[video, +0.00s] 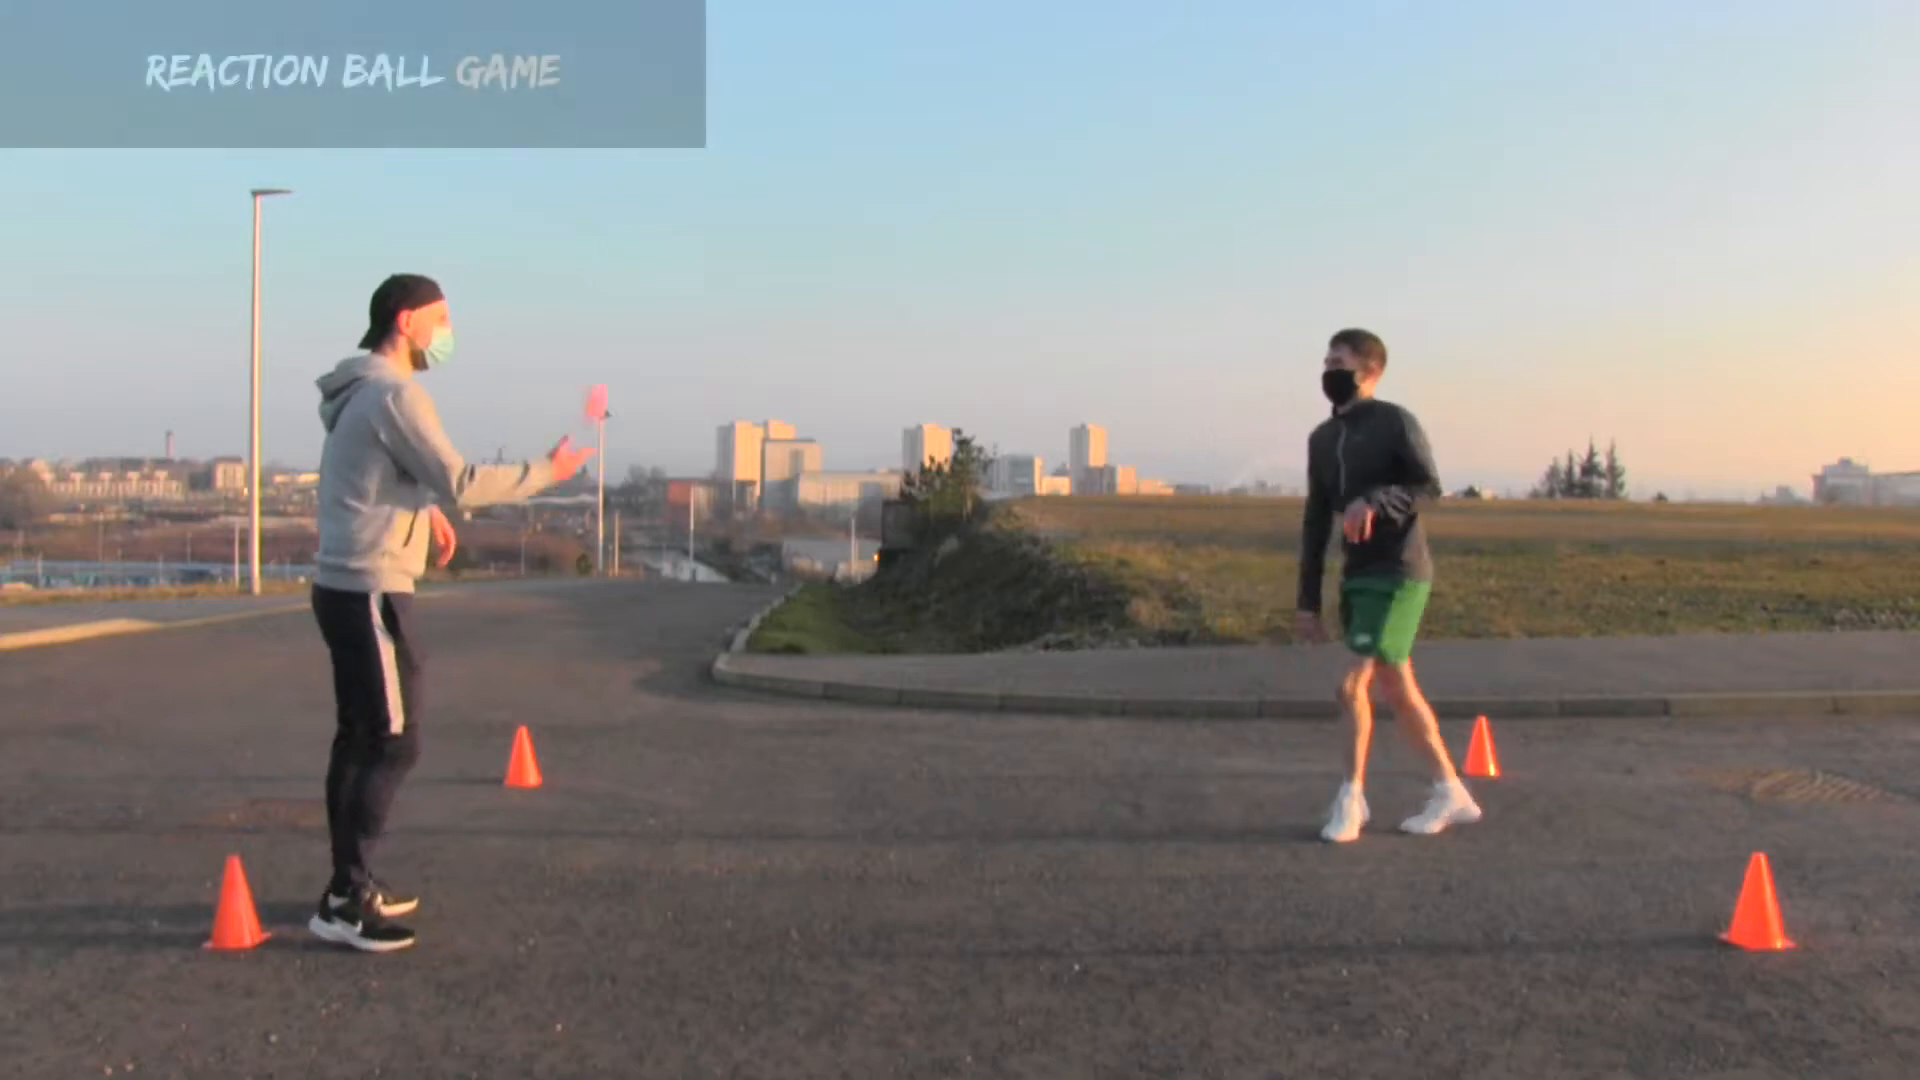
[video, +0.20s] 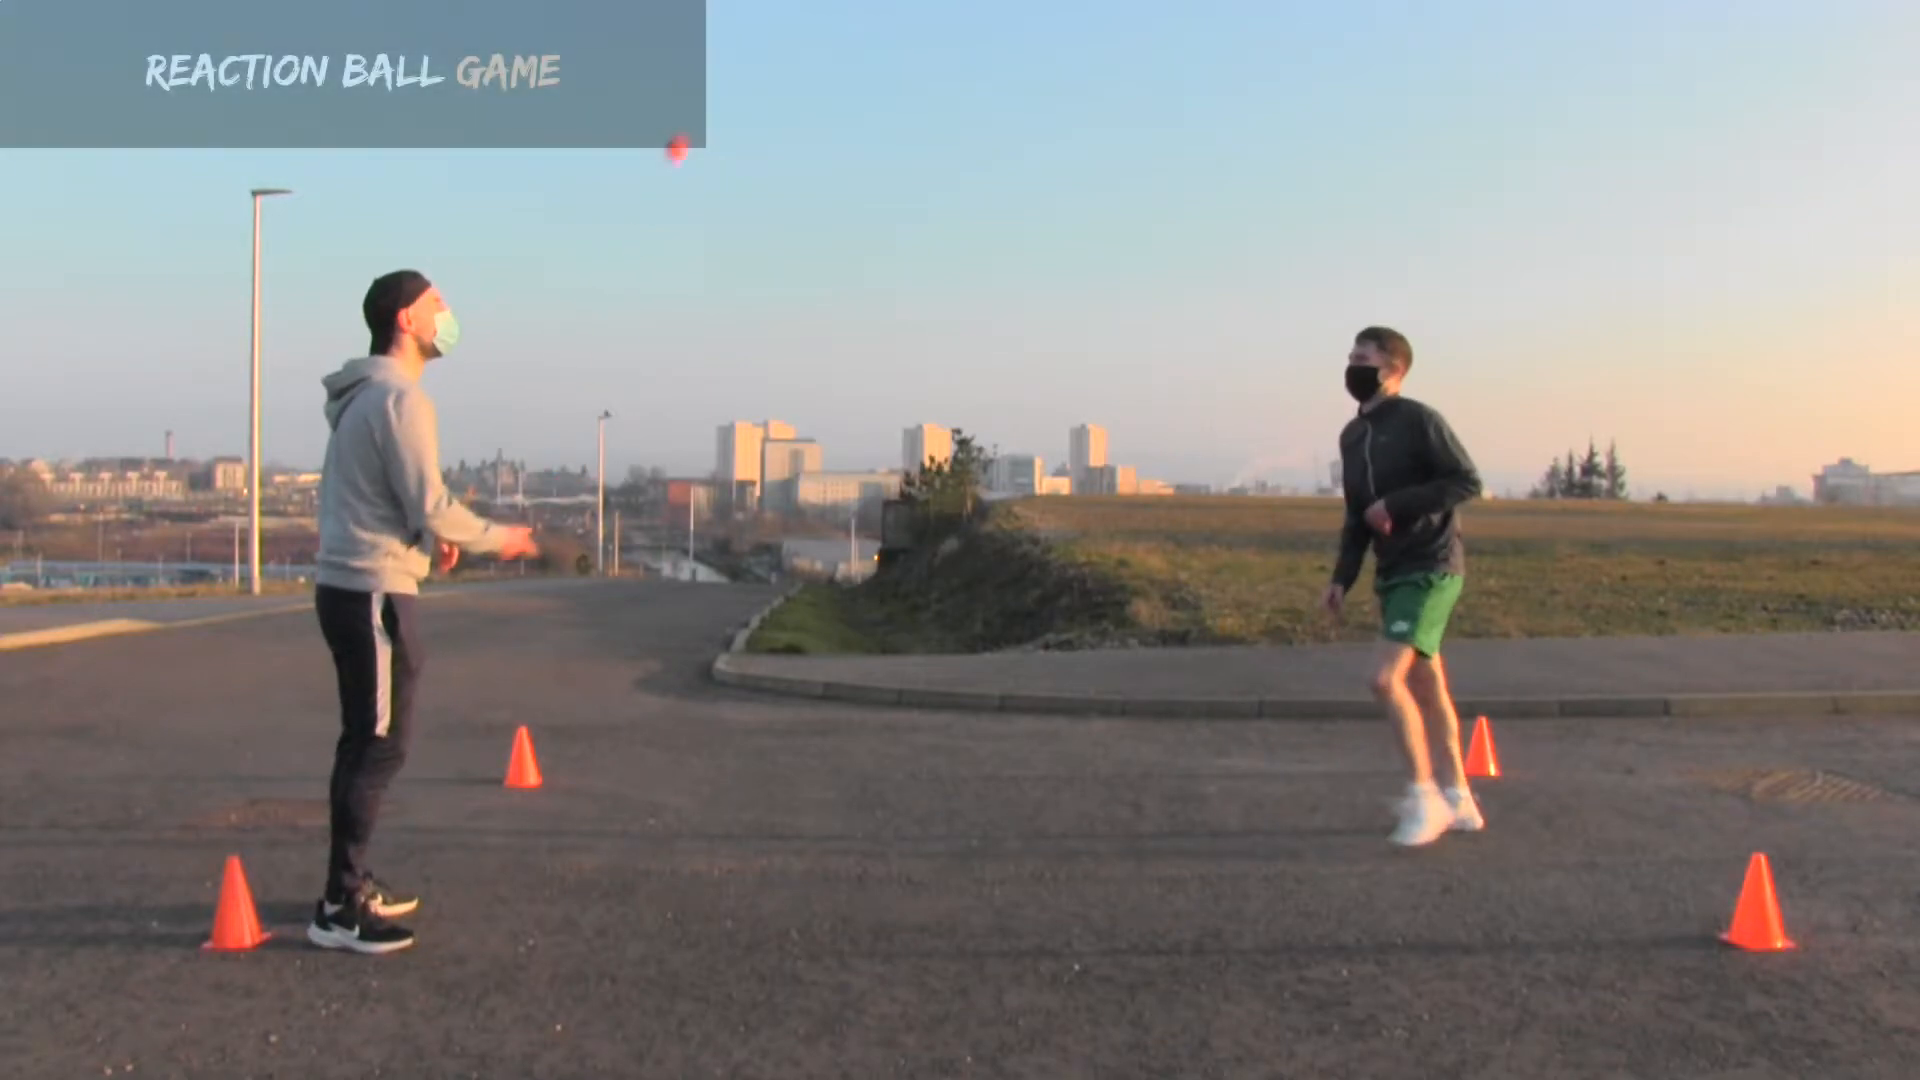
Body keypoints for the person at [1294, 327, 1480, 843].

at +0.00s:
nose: (1329, 371)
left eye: (1340, 364)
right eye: (1328, 363)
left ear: (1370, 371)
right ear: (1328, 368)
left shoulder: (1396, 422)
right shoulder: (1323, 439)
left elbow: (1427, 487)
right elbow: (1317, 520)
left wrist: (1375, 504)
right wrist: (1308, 600)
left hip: (1402, 571)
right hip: (1358, 574)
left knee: (1353, 686)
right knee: (1399, 688)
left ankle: (1351, 798)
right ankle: (1452, 790)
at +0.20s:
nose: (1352, 370)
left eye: (1364, 363)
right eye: (1350, 362)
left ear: (1395, 370)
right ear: (1351, 368)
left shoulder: (1420, 420)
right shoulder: (1353, 437)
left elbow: (1469, 483)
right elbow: (1356, 516)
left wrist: (1398, 505)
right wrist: (1341, 580)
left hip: (1434, 568)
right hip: (1394, 572)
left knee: (1389, 679)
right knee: (1429, 685)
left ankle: (1426, 798)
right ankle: (1459, 796)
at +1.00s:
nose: (1229, 393)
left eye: (1235, 380)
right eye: (1226, 383)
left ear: (1266, 372)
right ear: (1264, 376)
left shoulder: (1298, 420)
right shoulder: (1281, 427)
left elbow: (1338, 487)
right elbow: (1309, 502)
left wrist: (1270, 538)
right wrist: (1266, 548)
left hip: (1339, 590)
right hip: (1311, 587)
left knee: (1280, 713)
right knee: (1266, 704)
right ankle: (1311, 823)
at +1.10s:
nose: (1205, 404)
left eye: (1209, 392)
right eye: (1202, 394)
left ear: (1238, 380)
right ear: (1242, 380)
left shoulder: (1277, 424)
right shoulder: (1266, 427)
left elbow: (1309, 497)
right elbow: (1291, 508)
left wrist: (1248, 556)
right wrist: (1256, 566)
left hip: (1316, 595)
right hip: (1295, 591)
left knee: (1259, 719)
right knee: (1236, 693)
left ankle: (1296, 861)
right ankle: (1276, 821)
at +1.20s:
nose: (1177, 443)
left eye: (1179, 430)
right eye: (1173, 432)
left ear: (1205, 420)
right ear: (1220, 417)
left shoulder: (1240, 473)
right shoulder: (1254, 466)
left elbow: (1250, 572)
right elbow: (1257, 570)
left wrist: (1203, 632)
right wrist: (1213, 630)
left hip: (1282, 630)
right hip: (1294, 625)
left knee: (1207, 749)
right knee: (1210, 720)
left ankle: (1258, 890)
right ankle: (1233, 836)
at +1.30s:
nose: (1147, 464)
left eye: (1147, 452)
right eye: (1144, 454)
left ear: (1171, 441)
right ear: (1191, 436)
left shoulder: (1199, 488)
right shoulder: (1236, 479)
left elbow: (1206, 589)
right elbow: (1256, 572)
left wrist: (1157, 647)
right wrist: (1206, 626)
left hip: (1258, 643)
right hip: (1282, 635)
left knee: (1182, 764)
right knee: (1194, 718)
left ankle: (1255, 885)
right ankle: (1235, 839)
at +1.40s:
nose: (1130, 460)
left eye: (1130, 447)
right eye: (1125, 450)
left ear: (1158, 432)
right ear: (1168, 430)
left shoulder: (1185, 477)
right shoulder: (1215, 470)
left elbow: (1204, 570)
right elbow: (1229, 566)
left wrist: (1145, 633)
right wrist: (1180, 625)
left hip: (1241, 633)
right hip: (1270, 628)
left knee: (1149, 746)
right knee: (1190, 715)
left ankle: (1234, 856)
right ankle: (1233, 831)